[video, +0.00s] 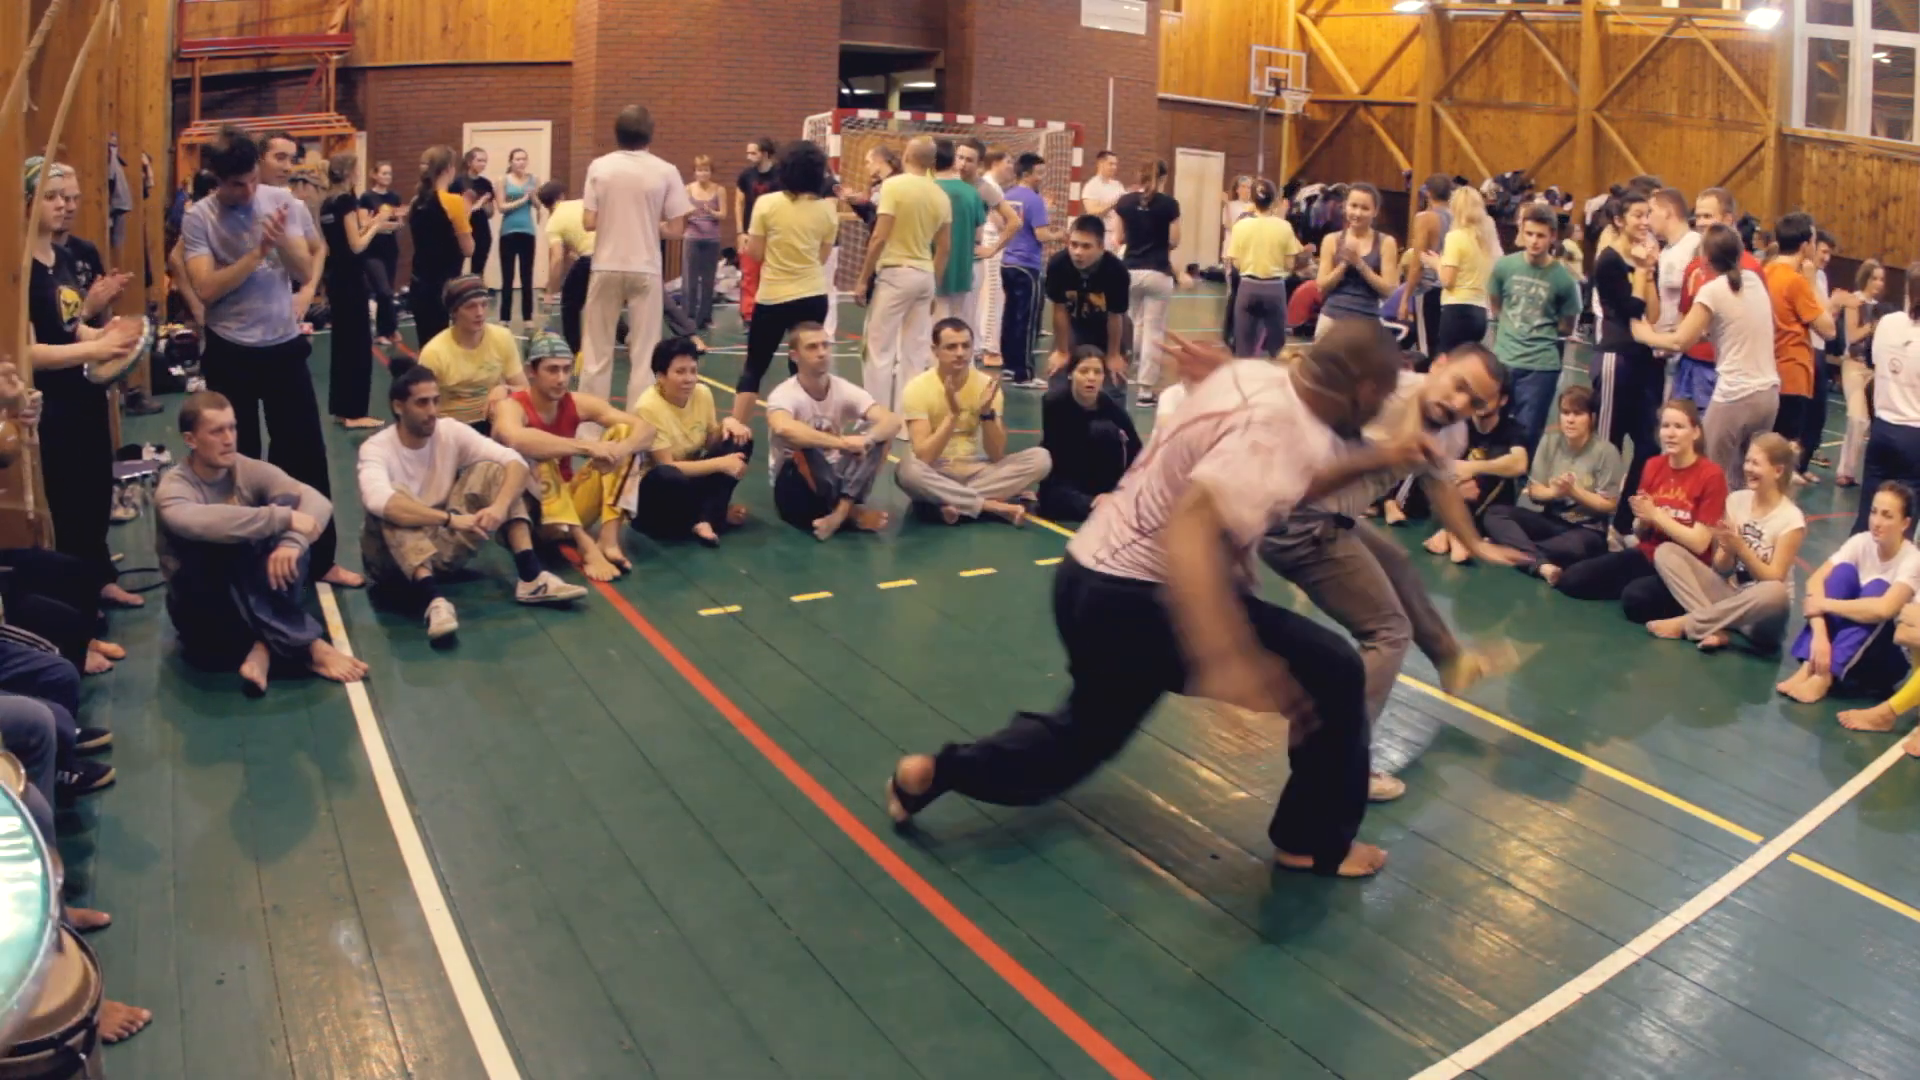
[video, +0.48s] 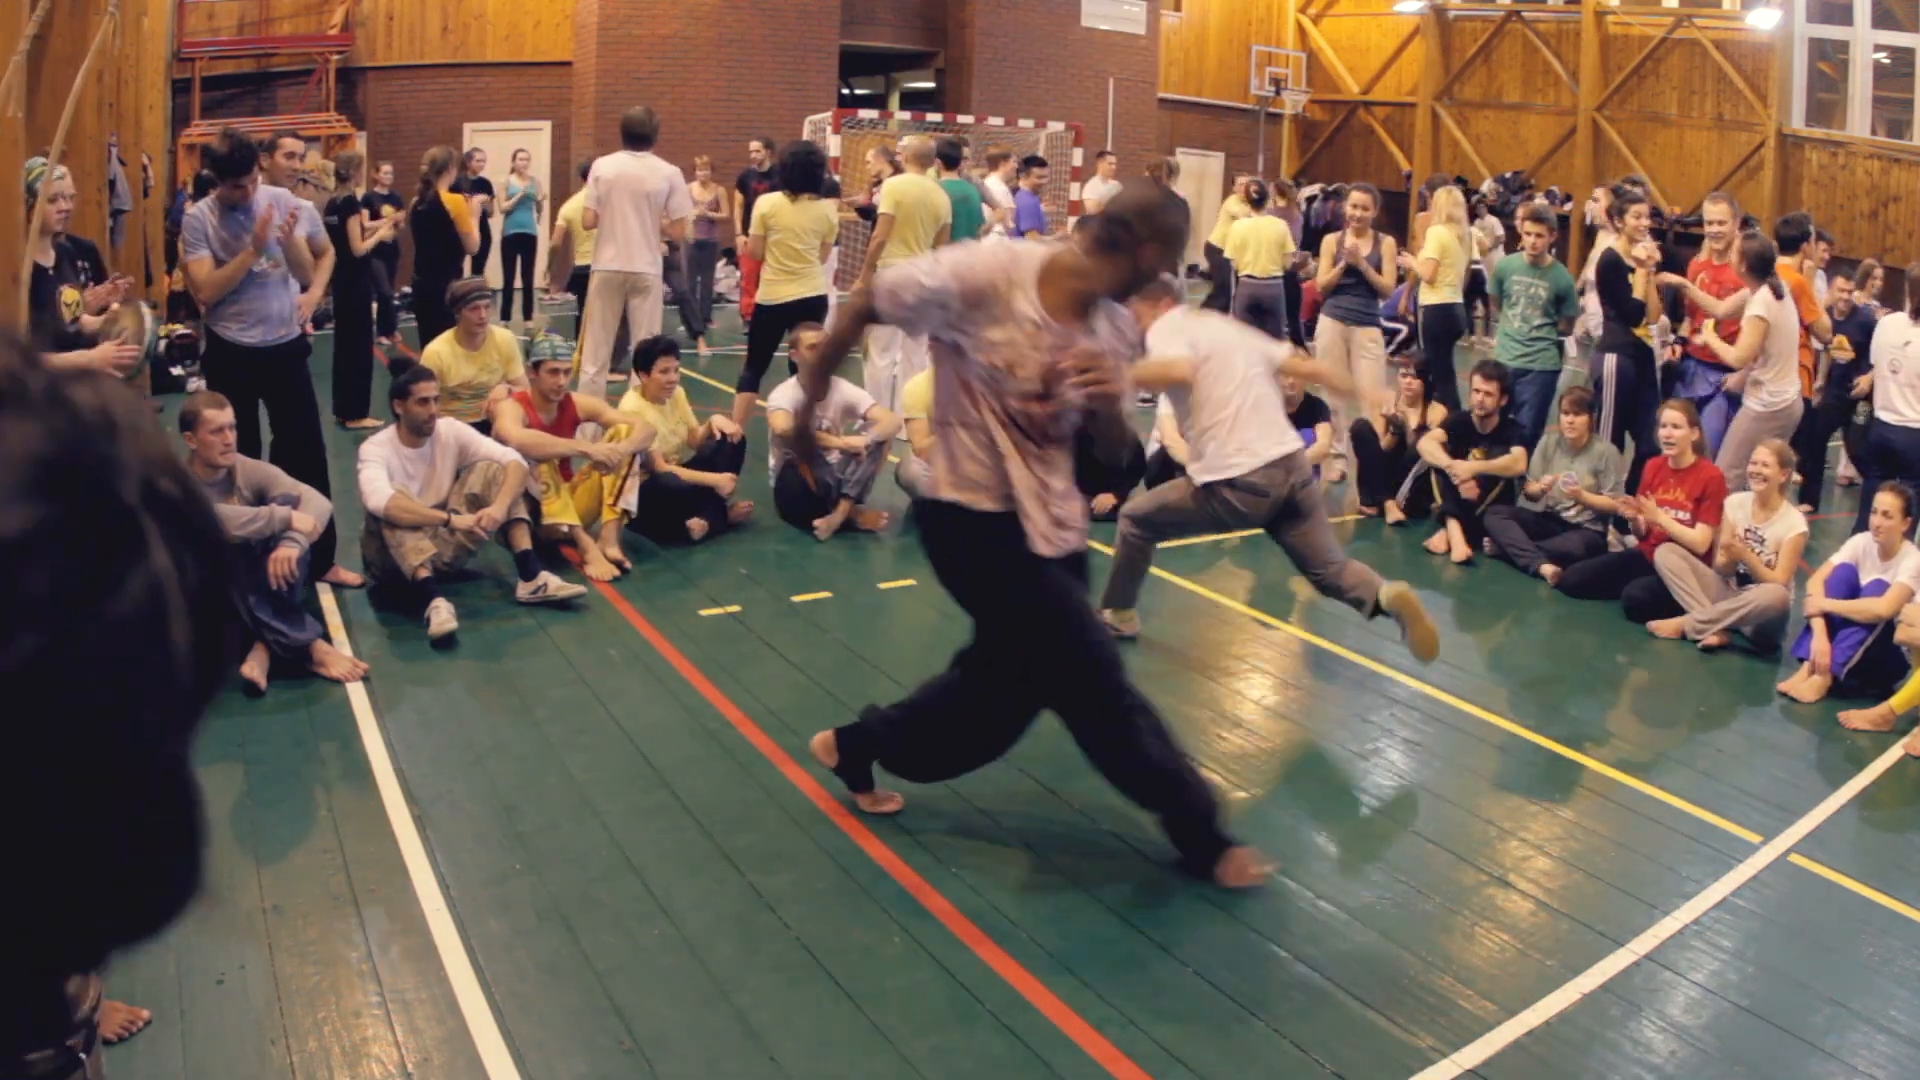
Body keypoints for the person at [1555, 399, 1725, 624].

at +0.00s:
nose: (1670, 433)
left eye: (1679, 426)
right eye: (1665, 426)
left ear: (1696, 432)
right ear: (1658, 430)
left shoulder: (1711, 475)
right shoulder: (1653, 465)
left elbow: (1699, 543)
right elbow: (1639, 530)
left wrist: (1654, 514)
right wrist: (1644, 517)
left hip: (1684, 566)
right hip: (1647, 555)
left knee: (1635, 600)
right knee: (1571, 581)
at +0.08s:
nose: (1670, 433)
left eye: (1679, 427)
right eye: (1666, 426)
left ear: (1696, 433)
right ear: (1659, 431)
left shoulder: (1712, 475)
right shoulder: (1653, 465)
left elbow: (1700, 544)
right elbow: (1640, 534)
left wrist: (1656, 514)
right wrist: (1638, 514)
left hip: (1684, 565)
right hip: (1647, 554)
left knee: (1635, 601)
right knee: (1571, 582)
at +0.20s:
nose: (1671, 434)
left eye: (1680, 427)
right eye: (1666, 426)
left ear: (1696, 433)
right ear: (1659, 431)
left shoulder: (1712, 477)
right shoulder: (1653, 466)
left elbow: (1701, 544)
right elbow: (1642, 531)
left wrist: (1662, 516)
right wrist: (1632, 511)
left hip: (1682, 566)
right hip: (1647, 555)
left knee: (1635, 601)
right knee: (1570, 581)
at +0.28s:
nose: (1670, 434)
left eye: (1679, 427)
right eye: (1665, 426)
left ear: (1696, 433)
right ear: (1659, 430)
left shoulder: (1712, 477)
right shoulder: (1653, 465)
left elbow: (1698, 544)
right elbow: (1640, 530)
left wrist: (1654, 516)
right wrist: (1642, 520)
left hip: (1682, 566)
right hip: (1646, 555)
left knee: (1635, 601)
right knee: (1570, 582)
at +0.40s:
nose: (1668, 434)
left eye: (1677, 427)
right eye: (1664, 426)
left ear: (1695, 433)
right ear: (1657, 430)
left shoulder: (1711, 477)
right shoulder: (1653, 466)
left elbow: (1700, 544)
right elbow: (1641, 534)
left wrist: (1656, 517)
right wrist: (1637, 519)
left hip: (1683, 566)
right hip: (1647, 555)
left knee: (1635, 601)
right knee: (1571, 581)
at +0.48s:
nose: (1667, 434)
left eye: (1676, 427)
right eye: (1663, 426)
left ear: (1695, 433)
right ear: (1656, 431)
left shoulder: (1711, 476)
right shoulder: (1653, 466)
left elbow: (1700, 544)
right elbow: (1642, 533)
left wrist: (1658, 517)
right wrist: (1635, 518)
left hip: (1682, 566)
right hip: (1647, 555)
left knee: (1635, 600)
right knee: (1570, 582)